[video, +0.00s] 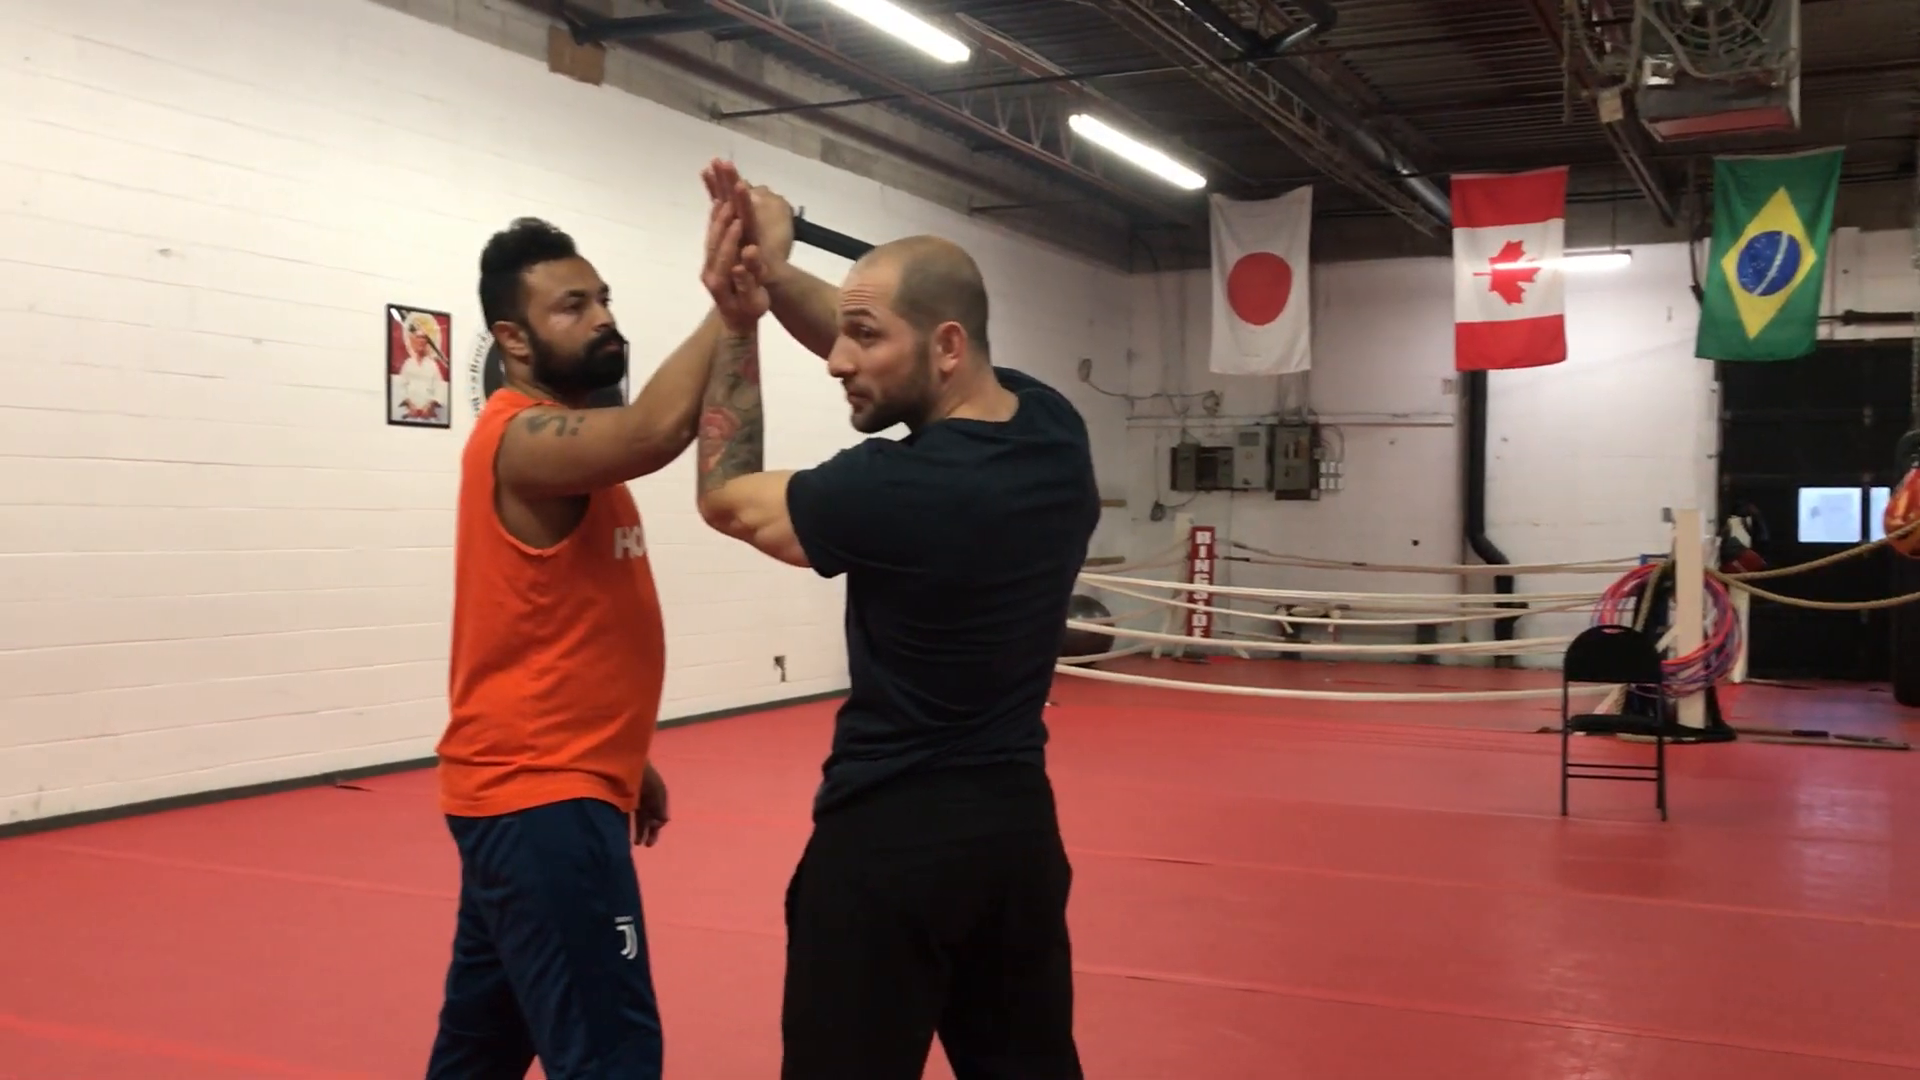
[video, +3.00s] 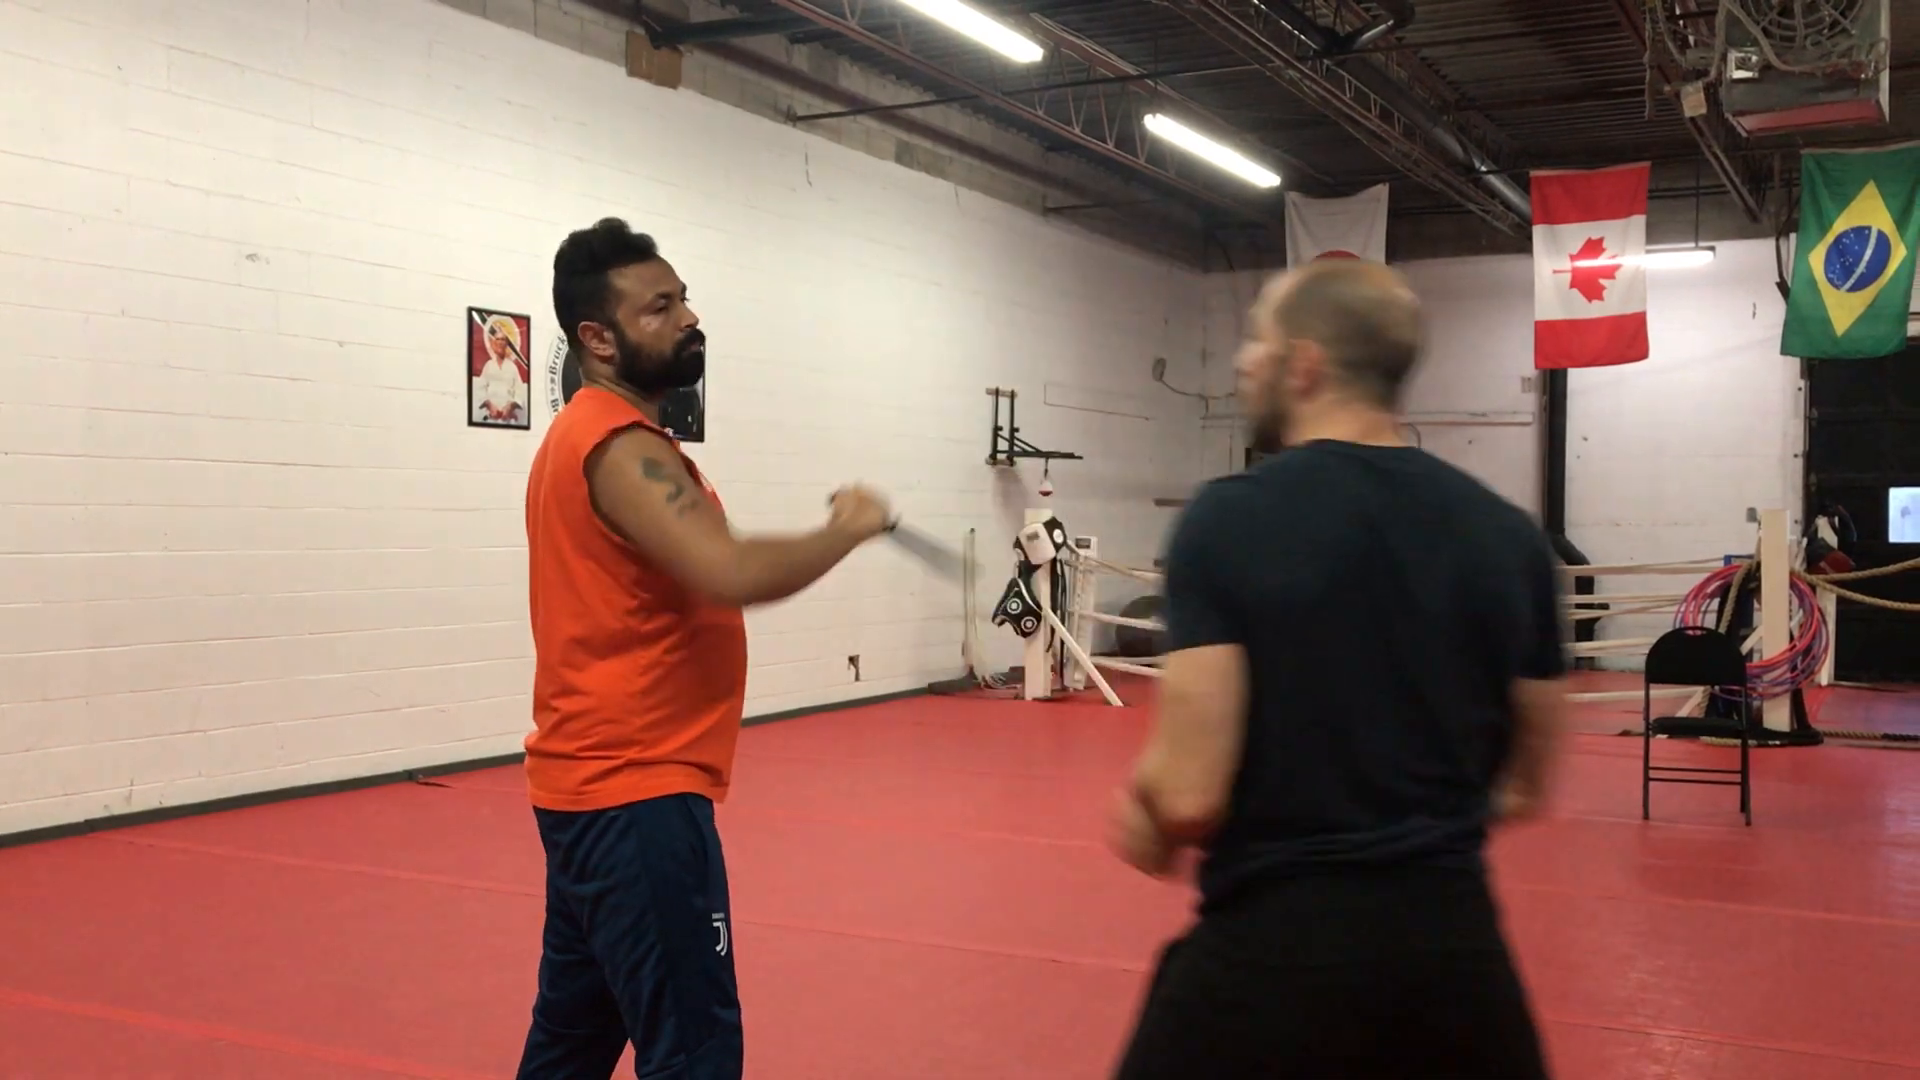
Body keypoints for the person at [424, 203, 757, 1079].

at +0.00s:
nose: (605, 320)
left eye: (605, 300)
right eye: (574, 308)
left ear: (608, 305)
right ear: (512, 339)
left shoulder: (561, 429)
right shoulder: (521, 432)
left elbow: (567, 622)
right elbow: (652, 433)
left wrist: (626, 758)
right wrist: (729, 315)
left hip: (556, 788)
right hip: (536, 792)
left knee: (480, 1051)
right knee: (613, 1054)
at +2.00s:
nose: (692, 323)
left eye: (695, 302)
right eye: (661, 312)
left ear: (703, 307)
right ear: (606, 343)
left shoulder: (654, 436)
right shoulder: (616, 434)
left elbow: (650, 625)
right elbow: (741, 431)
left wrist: (716, 753)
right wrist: (823, 313)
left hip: (635, 787)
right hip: (622, 792)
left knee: (566, 1050)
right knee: (696, 1055)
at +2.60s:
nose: (671, 316)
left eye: (671, 298)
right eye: (641, 306)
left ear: (679, 303)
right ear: (584, 340)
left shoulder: (626, 429)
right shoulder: (611, 433)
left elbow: (628, 623)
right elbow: (764, 437)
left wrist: (708, 750)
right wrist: (895, 385)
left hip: (615, 786)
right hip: (623, 791)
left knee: (576, 1046)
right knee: (691, 1053)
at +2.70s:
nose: (679, 315)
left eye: (673, 298)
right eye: (648, 303)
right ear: (588, 338)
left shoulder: (598, 432)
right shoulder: (621, 439)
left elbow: (624, 623)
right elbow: (786, 463)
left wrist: (695, 752)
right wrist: (935, 434)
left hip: (605, 787)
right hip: (626, 791)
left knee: (576, 1041)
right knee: (689, 1052)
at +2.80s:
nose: (685, 315)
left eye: (678, 297)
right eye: (655, 303)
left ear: (600, 345)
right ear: (594, 337)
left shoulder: (582, 433)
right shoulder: (629, 444)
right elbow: (788, 484)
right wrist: (935, 457)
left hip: (589, 785)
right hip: (636, 791)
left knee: (572, 1040)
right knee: (690, 1052)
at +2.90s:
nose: (689, 315)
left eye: (681, 296)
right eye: (659, 305)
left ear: (596, 346)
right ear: (595, 338)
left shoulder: (578, 435)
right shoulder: (627, 445)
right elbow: (770, 517)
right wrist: (885, 481)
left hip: (586, 784)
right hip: (641, 792)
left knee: (571, 1039)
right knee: (693, 1052)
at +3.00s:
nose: (690, 318)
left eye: (682, 299)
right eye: (661, 306)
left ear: (598, 345)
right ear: (598, 339)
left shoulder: (576, 437)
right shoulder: (621, 442)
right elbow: (724, 571)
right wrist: (843, 532)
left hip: (587, 787)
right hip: (639, 793)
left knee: (573, 1040)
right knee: (697, 1050)